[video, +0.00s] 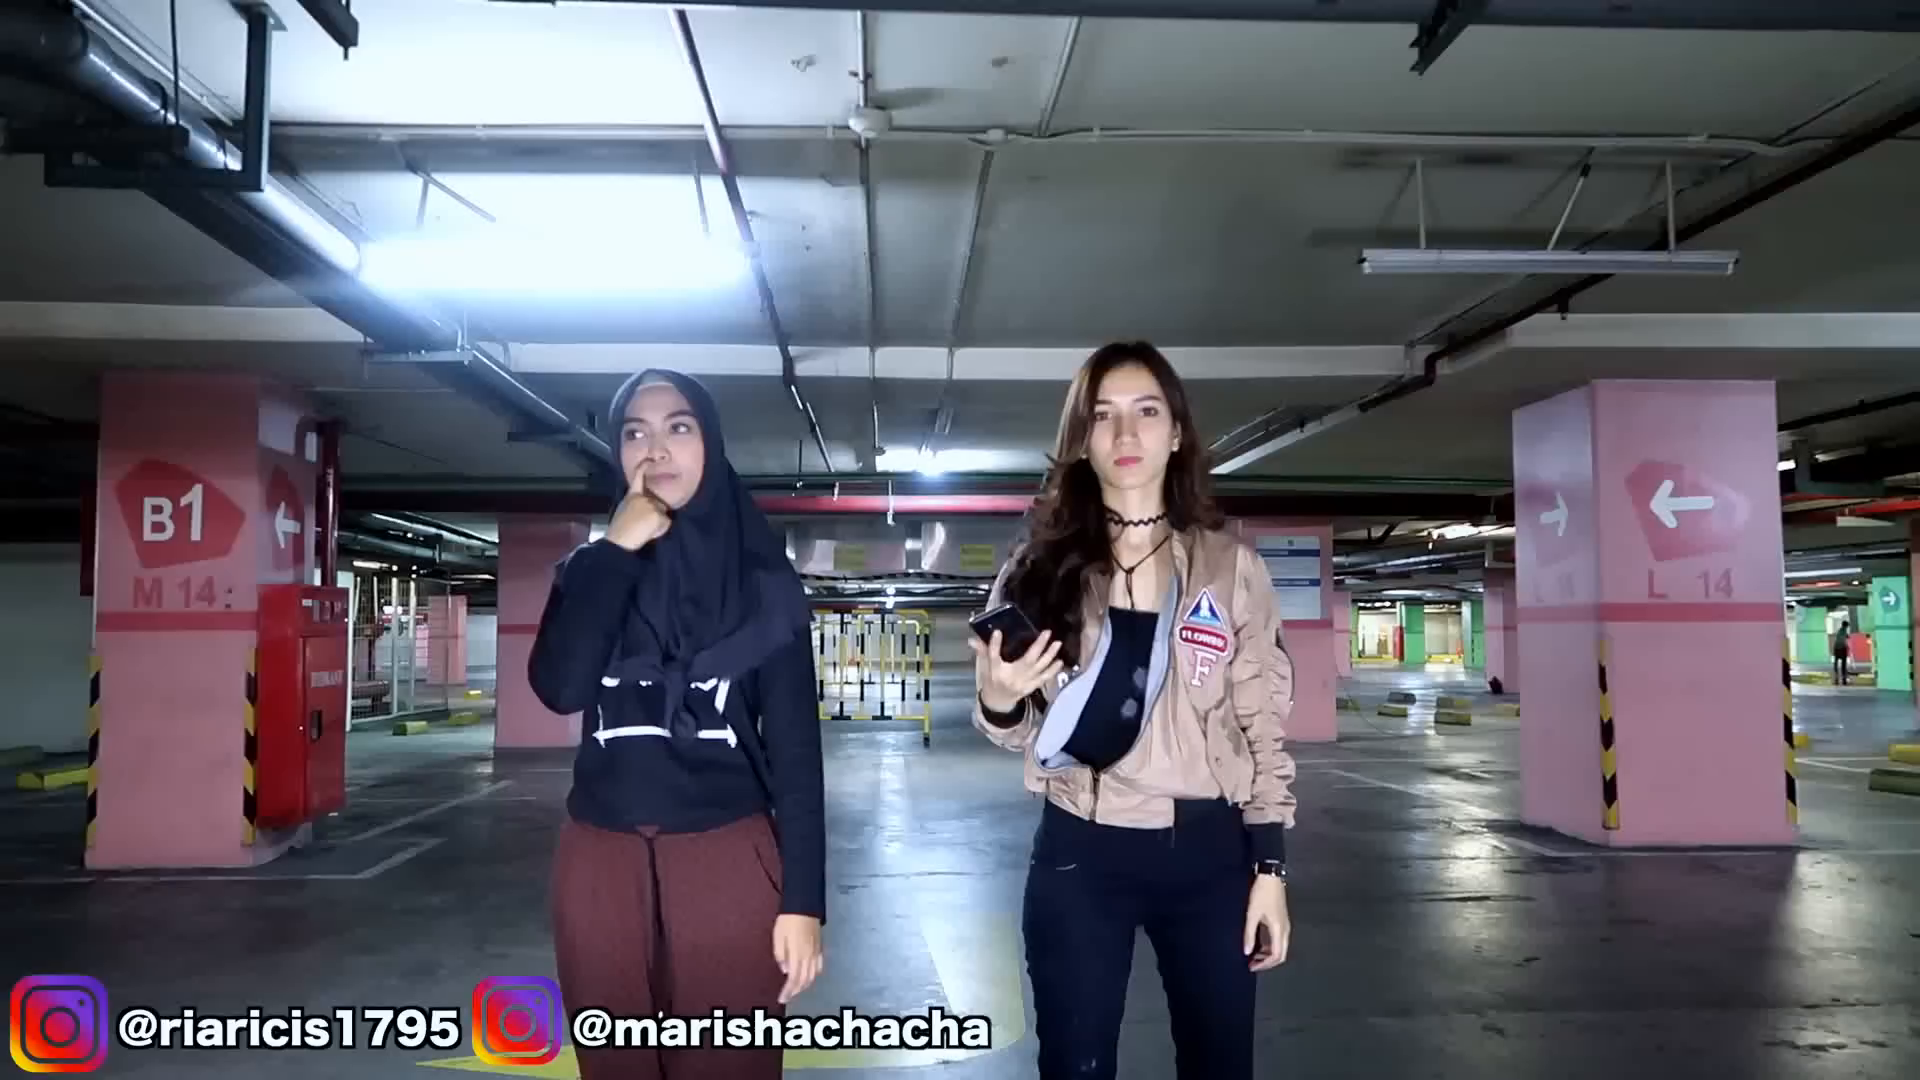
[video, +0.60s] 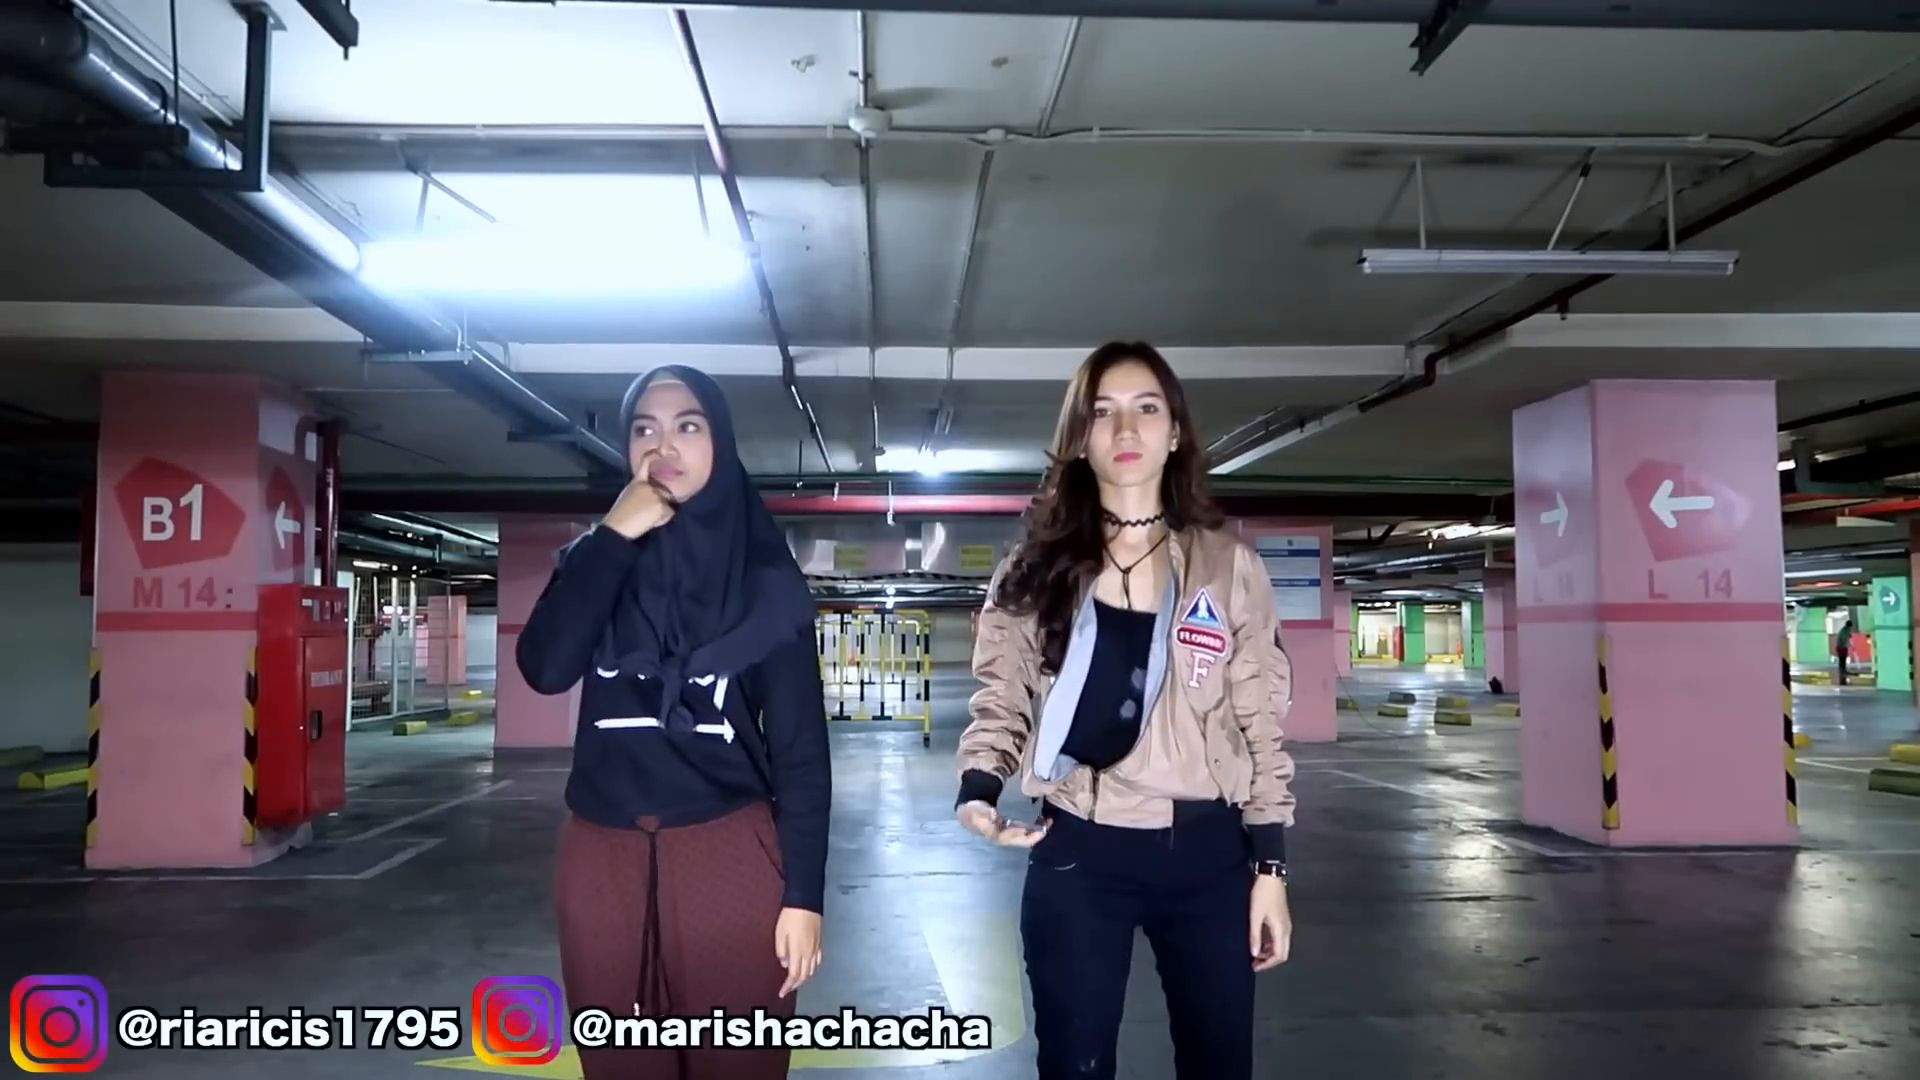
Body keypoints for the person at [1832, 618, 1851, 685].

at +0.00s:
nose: (1847, 627)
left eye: (1847, 626)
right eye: (1847, 626)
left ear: (1842, 625)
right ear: (1846, 626)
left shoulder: (1839, 631)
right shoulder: (1844, 632)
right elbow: (1845, 642)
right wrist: (1848, 649)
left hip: (1836, 649)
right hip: (1843, 649)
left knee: (1835, 665)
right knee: (1843, 666)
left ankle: (1836, 679)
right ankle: (1844, 679)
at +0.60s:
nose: (1850, 627)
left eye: (1850, 626)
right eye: (1850, 626)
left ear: (1846, 624)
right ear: (1850, 625)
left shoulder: (1844, 630)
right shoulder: (1846, 631)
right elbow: (1846, 642)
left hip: (1841, 649)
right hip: (1843, 649)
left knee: (1842, 666)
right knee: (1843, 666)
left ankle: (1842, 679)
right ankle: (1843, 680)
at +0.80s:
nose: (1851, 627)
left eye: (1851, 625)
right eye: (1851, 625)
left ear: (1847, 624)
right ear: (1851, 625)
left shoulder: (1844, 630)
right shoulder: (1847, 630)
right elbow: (1848, 641)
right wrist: (1854, 648)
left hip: (1840, 648)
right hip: (1844, 648)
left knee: (1842, 665)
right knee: (1843, 665)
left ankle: (1842, 679)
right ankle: (1843, 679)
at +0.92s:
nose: (1852, 628)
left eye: (1852, 626)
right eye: (1852, 627)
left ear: (1848, 625)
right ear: (1852, 626)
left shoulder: (1845, 630)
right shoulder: (1848, 631)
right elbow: (1849, 639)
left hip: (1840, 647)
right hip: (1846, 647)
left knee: (1840, 660)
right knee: (1848, 659)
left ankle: (1841, 671)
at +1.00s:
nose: (1854, 628)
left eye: (1853, 627)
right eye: (1854, 627)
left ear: (1849, 625)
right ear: (1853, 626)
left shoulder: (1845, 630)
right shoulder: (1850, 630)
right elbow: (1850, 637)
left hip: (1841, 647)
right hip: (1847, 647)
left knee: (1840, 662)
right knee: (1850, 659)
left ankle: (1840, 677)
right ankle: (1849, 669)